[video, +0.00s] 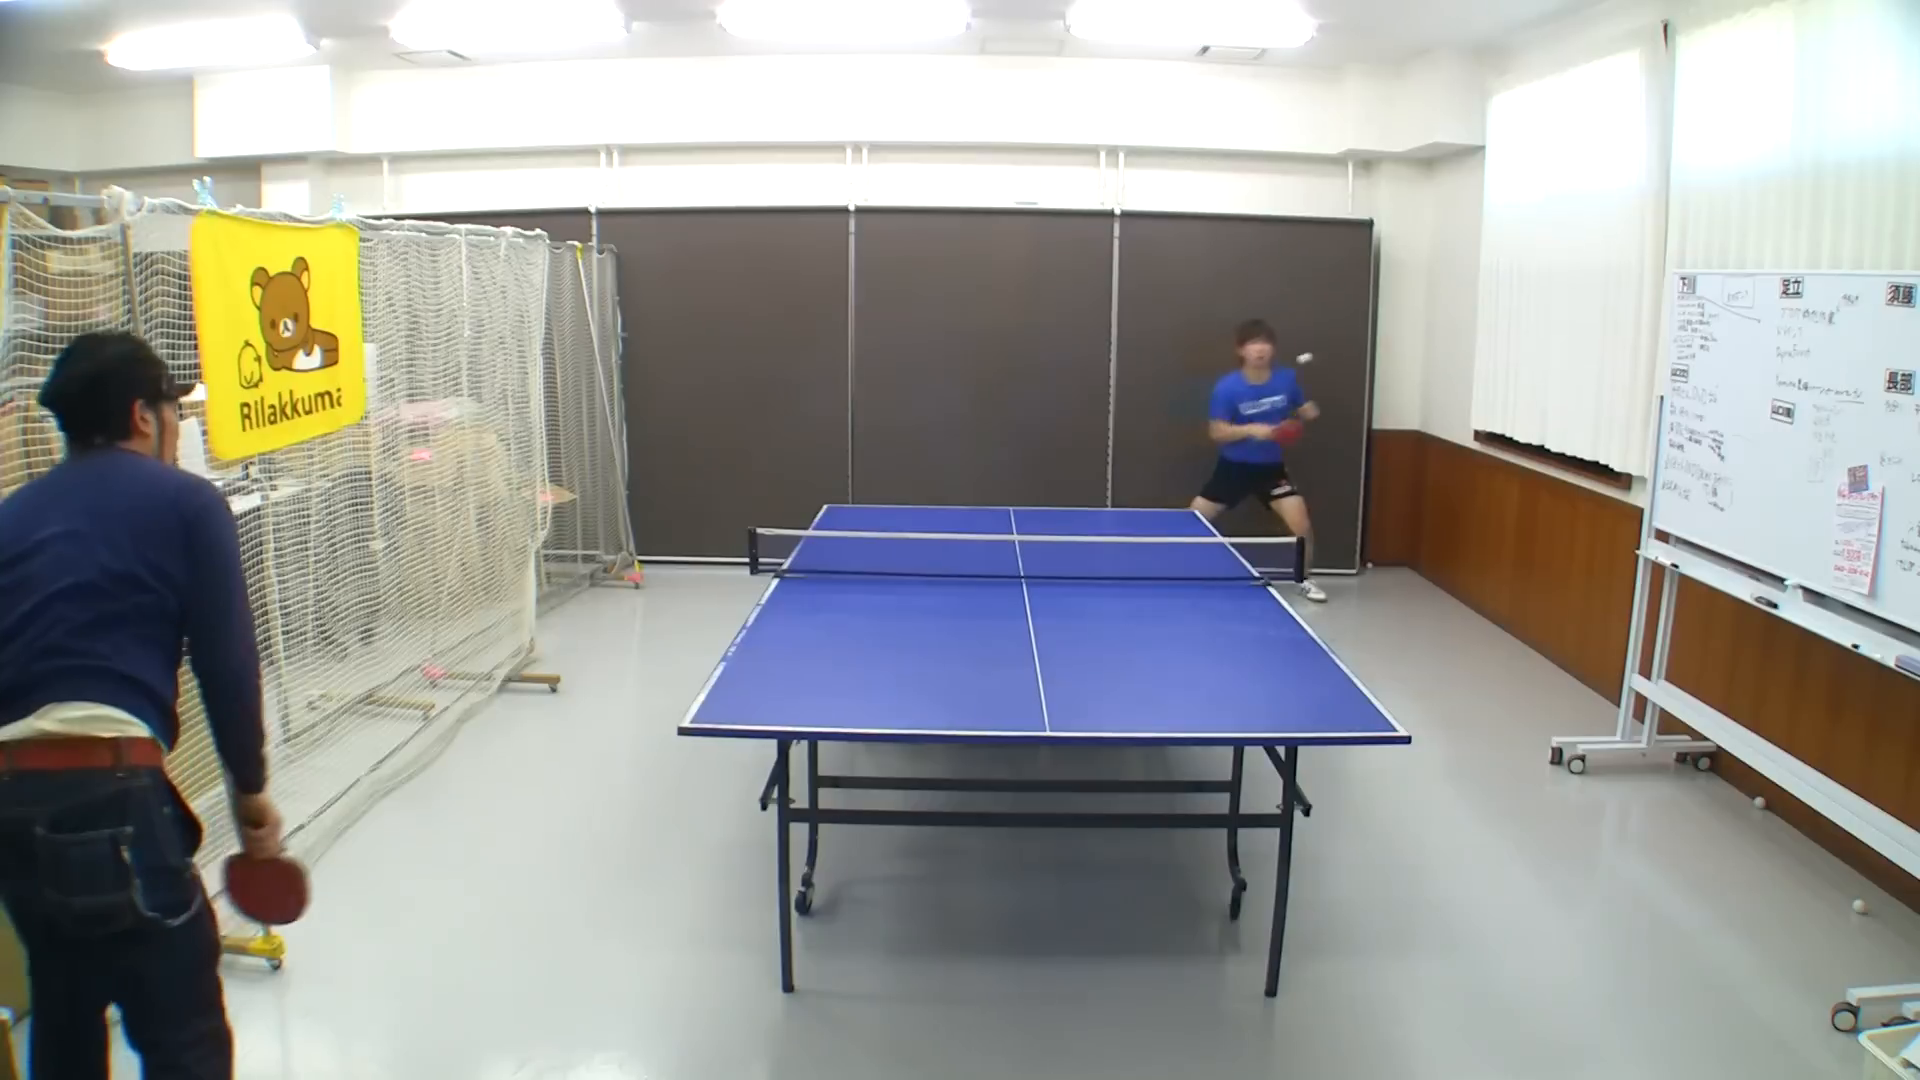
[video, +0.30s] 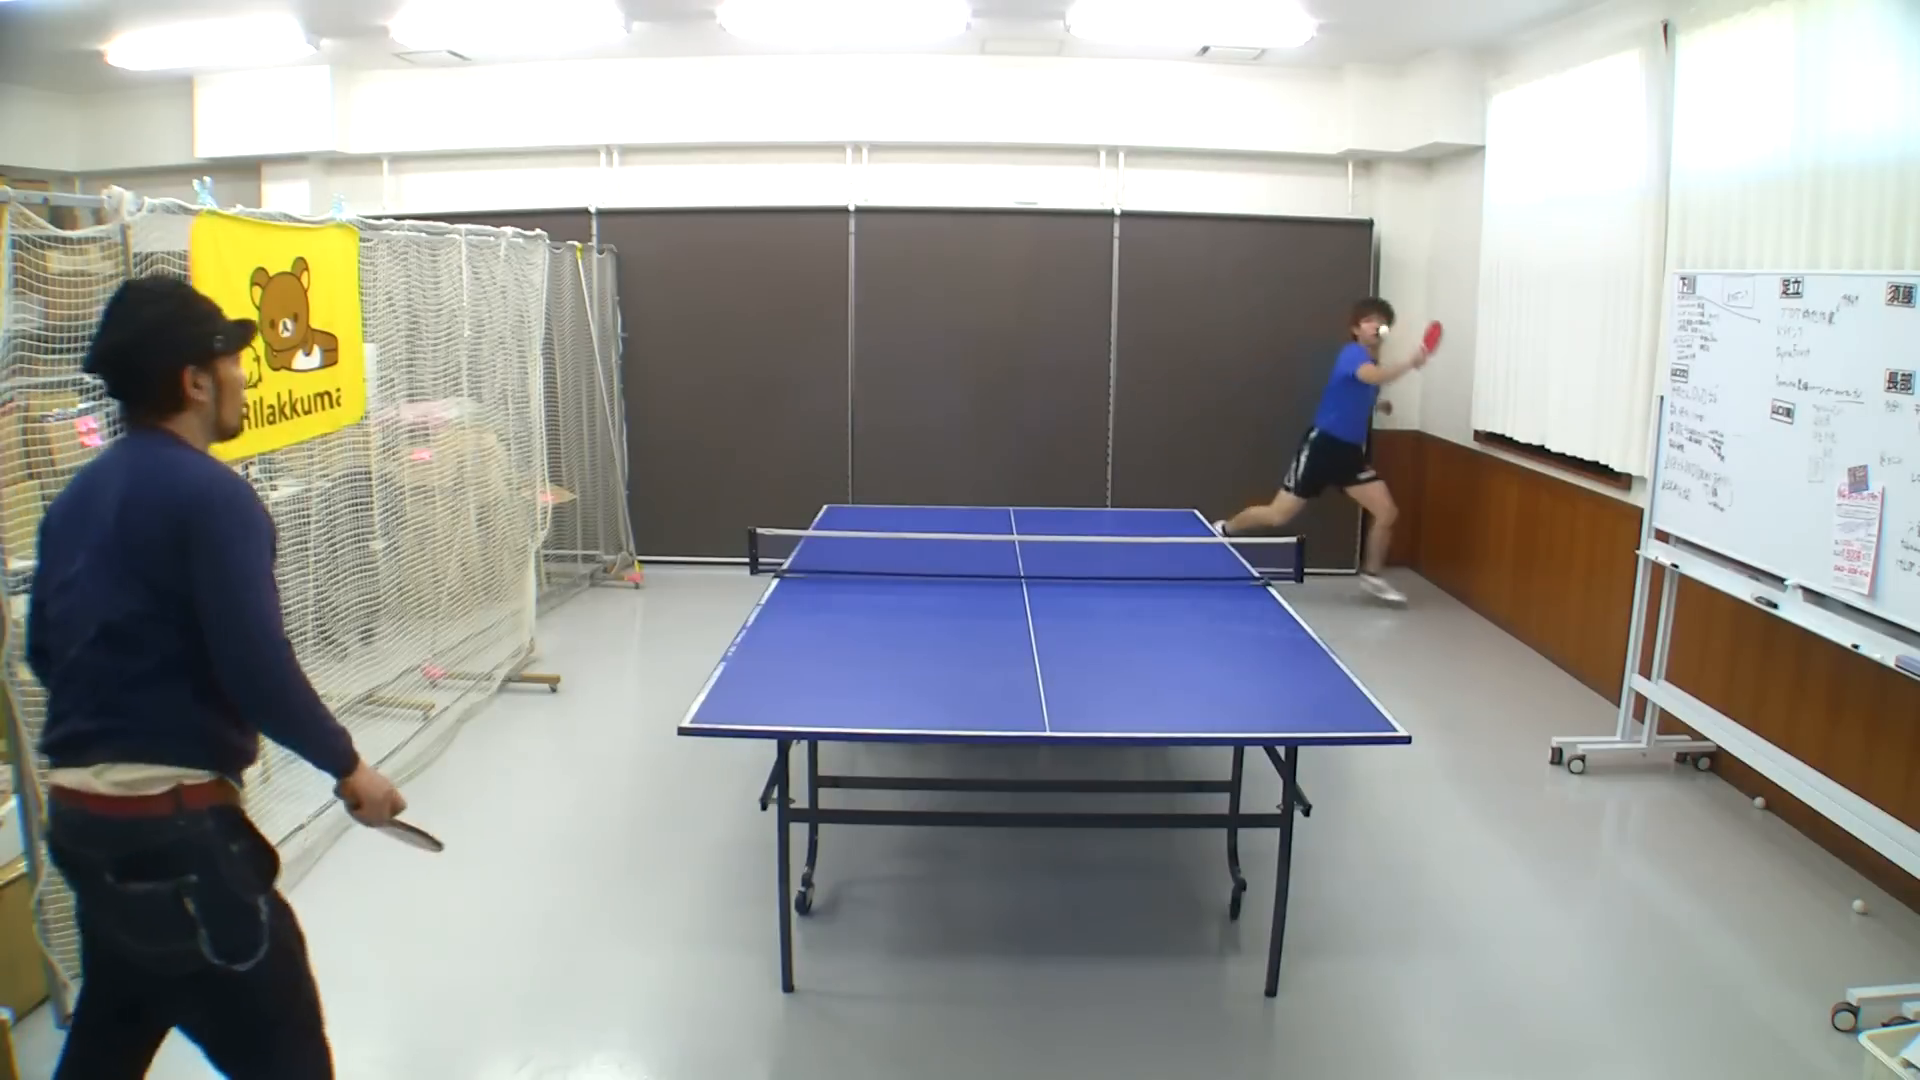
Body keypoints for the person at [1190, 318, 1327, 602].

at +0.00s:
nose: (1260, 350)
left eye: (1265, 344)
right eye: (1253, 344)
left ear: (1273, 349)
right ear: (1241, 351)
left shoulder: (1285, 379)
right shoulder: (1227, 387)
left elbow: (1308, 410)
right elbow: (1217, 431)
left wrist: (1305, 413)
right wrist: (1253, 430)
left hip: (1271, 469)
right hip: (1233, 469)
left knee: (1301, 525)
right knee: (1193, 520)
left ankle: (1302, 579)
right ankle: (1168, 579)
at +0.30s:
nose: (1377, 331)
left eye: (1381, 325)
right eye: (1370, 323)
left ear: (1384, 331)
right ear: (1356, 327)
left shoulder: (1368, 361)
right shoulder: (1352, 354)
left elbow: (1351, 398)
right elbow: (1373, 377)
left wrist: (1376, 405)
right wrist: (1411, 363)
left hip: (1350, 452)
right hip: (1321, 446)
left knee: (1386, 512)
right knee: (1278, 515)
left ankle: (1371, 575)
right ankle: (1222, 529)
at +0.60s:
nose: (1441, 380)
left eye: (1448, 376)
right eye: (1435, 373)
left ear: (1452, 382)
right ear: (1420, 375)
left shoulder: (1426, 411)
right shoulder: (1408, 409)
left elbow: (1408, 455)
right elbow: (1392, 458)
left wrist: (1413, 485)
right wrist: (1427, 488)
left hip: (1389, 487)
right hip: (1363, 481)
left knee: (1433, 527)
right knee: (1361, 560)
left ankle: (1421, 596)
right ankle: (1300, 578)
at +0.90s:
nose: (1373, 353)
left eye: (1379, 347)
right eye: (1366, 347)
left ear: (1386, 353)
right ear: (1353, 352)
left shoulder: (1378, 386)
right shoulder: (1342, 390)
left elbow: (1366, 432)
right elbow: (1332, 440)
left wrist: (1379, 460)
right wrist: (1371, 459)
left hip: (1360, 475)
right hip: (1329, 476)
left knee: (1393, 537)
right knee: (1332, 557)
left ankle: (1415, 596)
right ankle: (1282, 594)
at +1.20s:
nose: (1294, 308)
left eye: (1301, 300)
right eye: (1289, 300)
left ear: (1312, 305)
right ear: (1280, 305)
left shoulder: (1324, 341)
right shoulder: (1260, 343)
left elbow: (1337, 379)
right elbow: (1233, 383)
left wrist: (1357, 415)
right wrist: (1258, 409)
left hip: (1309, 436)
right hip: (1270, 436)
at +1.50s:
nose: (1212, 324)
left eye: (1220, 317)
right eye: (1206, 318)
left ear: (1233, 325)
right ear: (1197, 325)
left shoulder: (1252, 366)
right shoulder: (1186, 368)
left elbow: (1263, 413)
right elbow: (1180, 403)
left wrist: (1261, 463)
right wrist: (1173, 427)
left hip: (1233, 466)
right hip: (1192, 462)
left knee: (1236, 538)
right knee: (1172, 526)